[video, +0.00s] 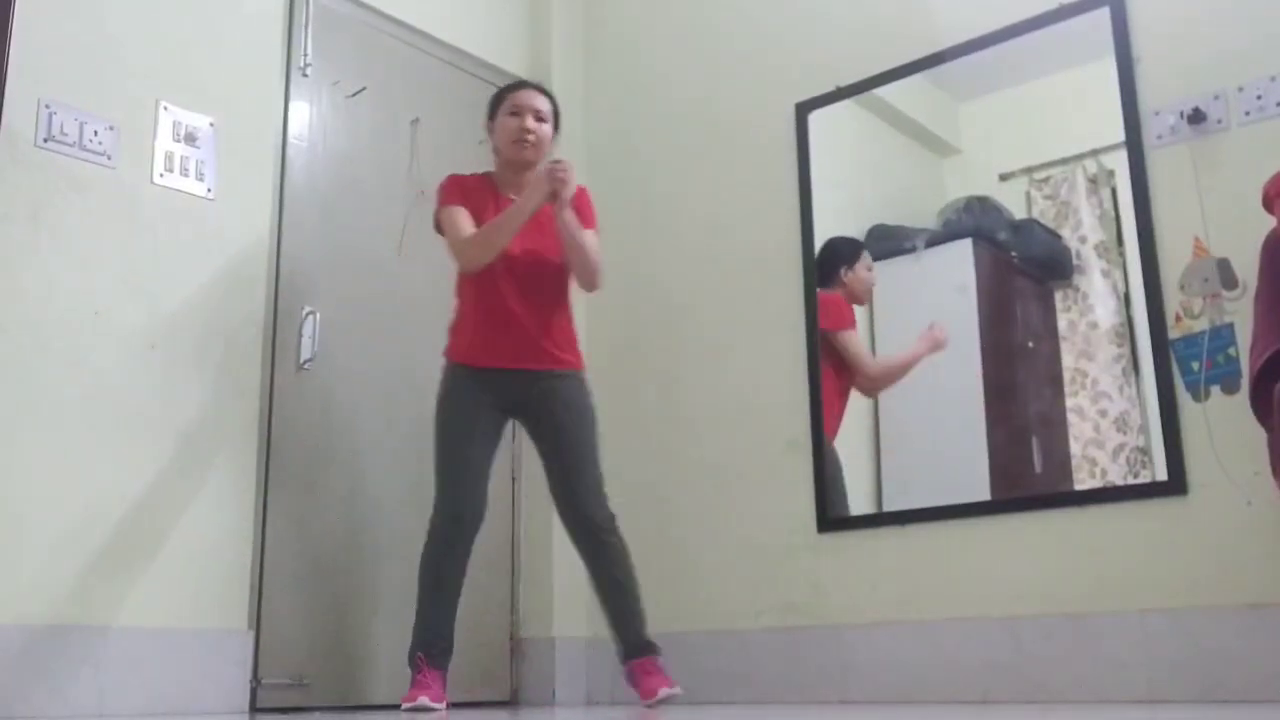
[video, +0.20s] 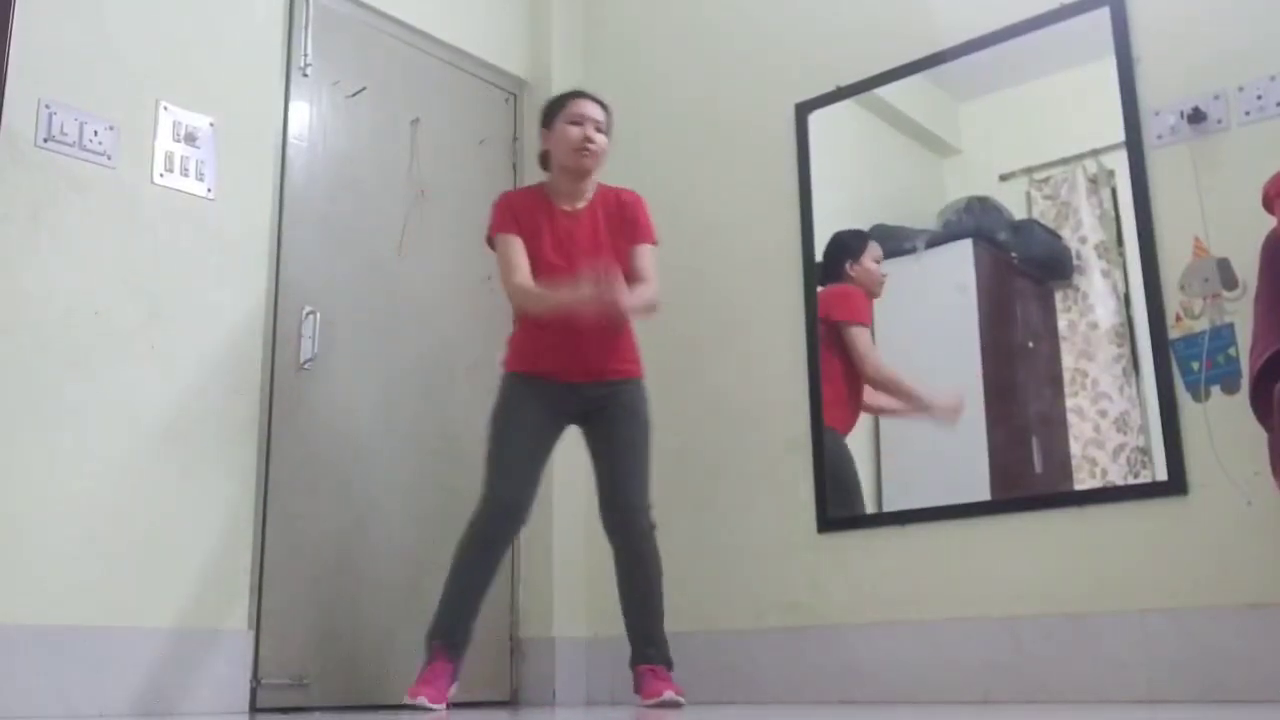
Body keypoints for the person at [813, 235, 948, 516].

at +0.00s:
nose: (873, 279)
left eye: (872, 270)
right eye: (868, 269)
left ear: (845, 274)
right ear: (845, 273)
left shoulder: (825, 305)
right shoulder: (831, 303)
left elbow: (869, 385)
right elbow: (870, 375)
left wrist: (922, 348)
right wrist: (924, 346)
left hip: (817, 442)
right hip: (813, 443)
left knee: (833, 527)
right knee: (835, 528)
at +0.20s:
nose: (883, 272)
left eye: (881, 263)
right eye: (876, 262)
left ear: (853, 268)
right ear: (851, 267)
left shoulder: (831, 301)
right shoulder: (846, 295)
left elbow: (864, 398)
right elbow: (871, 369)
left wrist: (927, 409)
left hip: (821, 433)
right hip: (822, 434)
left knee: (841, 527)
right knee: (851, 526)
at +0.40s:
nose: (894, 269)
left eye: (895, 261)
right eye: (885, 259)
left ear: (853, 267)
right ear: (855, 263)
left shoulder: (832, 293)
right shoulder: (858, 290)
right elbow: (850, 349)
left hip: (818, 425)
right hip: (830, 427)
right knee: (860, 514)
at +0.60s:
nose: (900, 268)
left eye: (902, 260)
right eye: (892, 257)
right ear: (863, 258)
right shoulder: (864, 283)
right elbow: (833, 291)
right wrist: (809, 372)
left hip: (839, 419)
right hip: (836, 418)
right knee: (858, 517)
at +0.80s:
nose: (899, 269)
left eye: (899, 259)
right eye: (895, 257)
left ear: (871, 259)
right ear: (872, 259)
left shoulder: (830, 291)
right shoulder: (859, 288)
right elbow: (840, 343)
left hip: (821, 423)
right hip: (840, 426)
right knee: (862, 526)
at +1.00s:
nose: (889, 267)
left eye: (888, 257)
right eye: (886, 256)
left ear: (840, 258)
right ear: (867, 257)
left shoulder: (824, 291)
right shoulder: (857, 291)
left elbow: (853, 385)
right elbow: (881, 373)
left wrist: (911, 375)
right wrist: (924, 367)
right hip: (829, 422)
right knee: (860, 517)